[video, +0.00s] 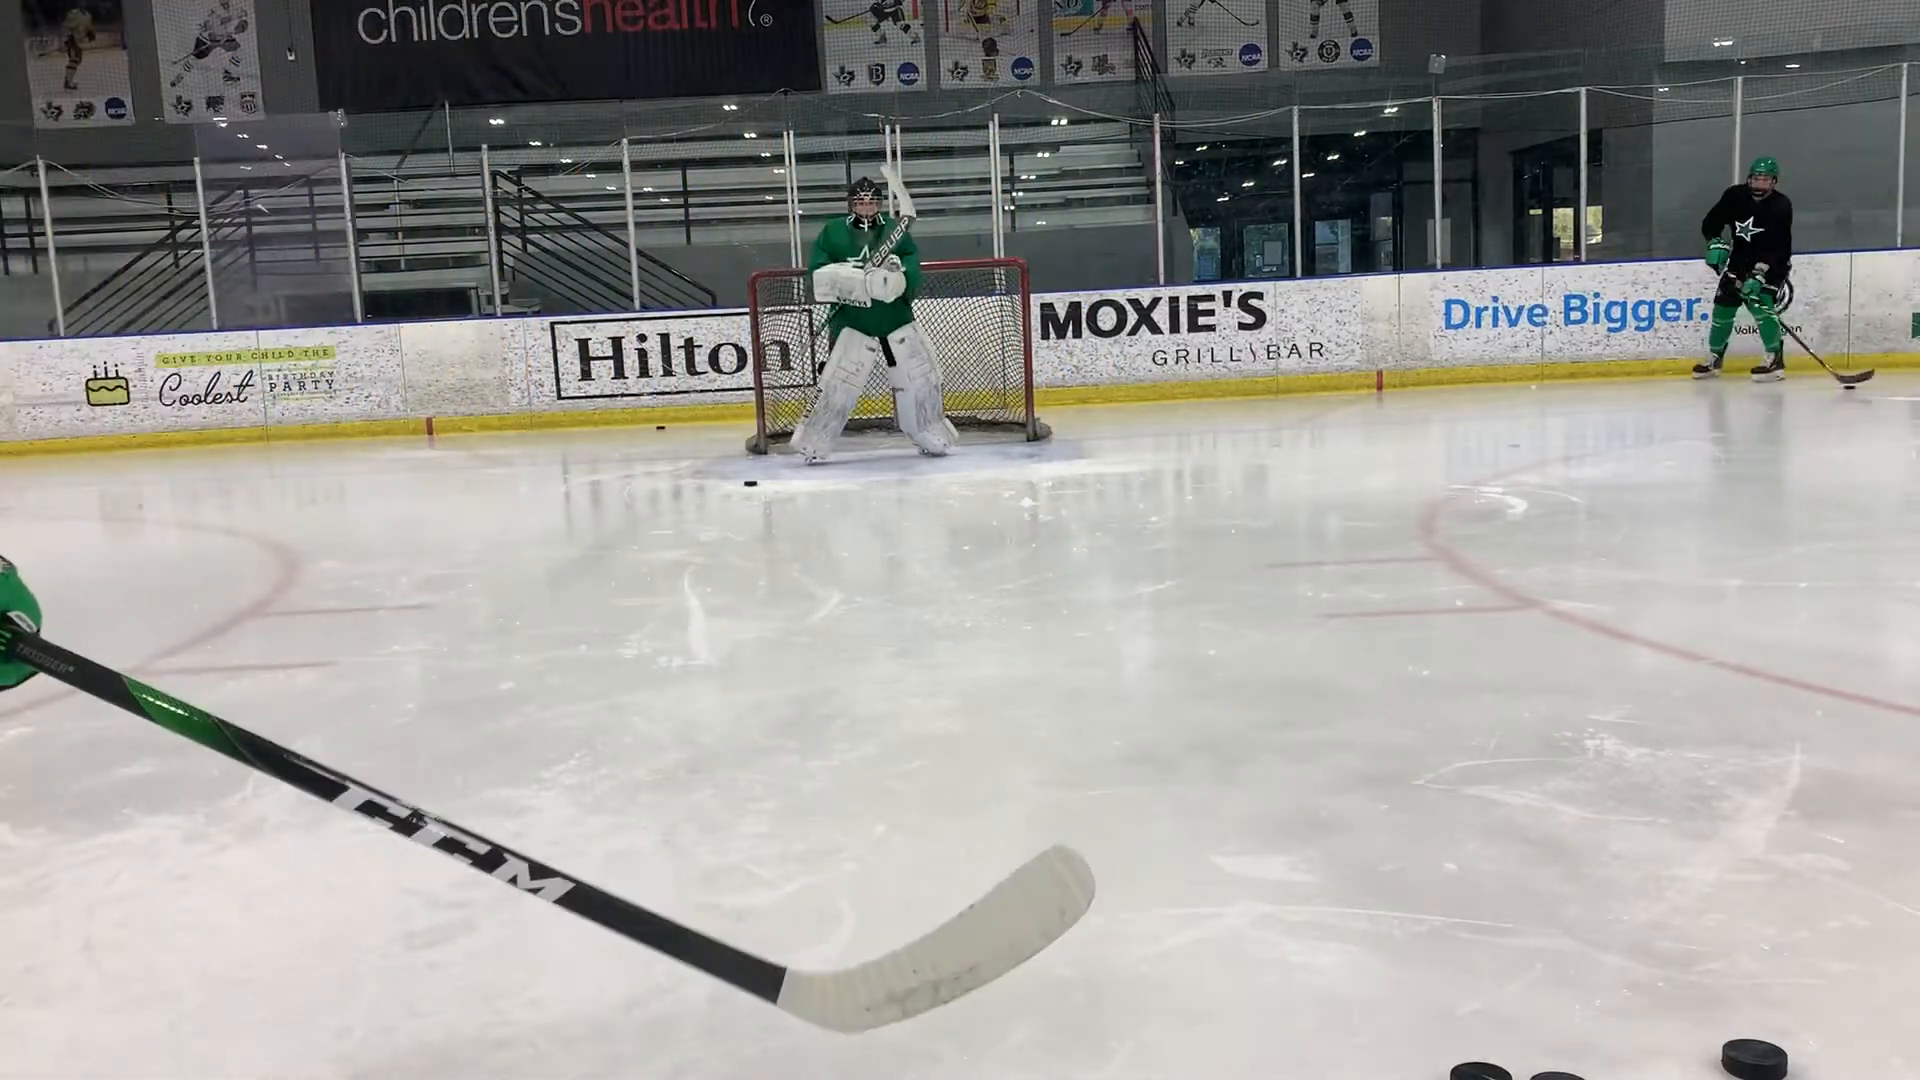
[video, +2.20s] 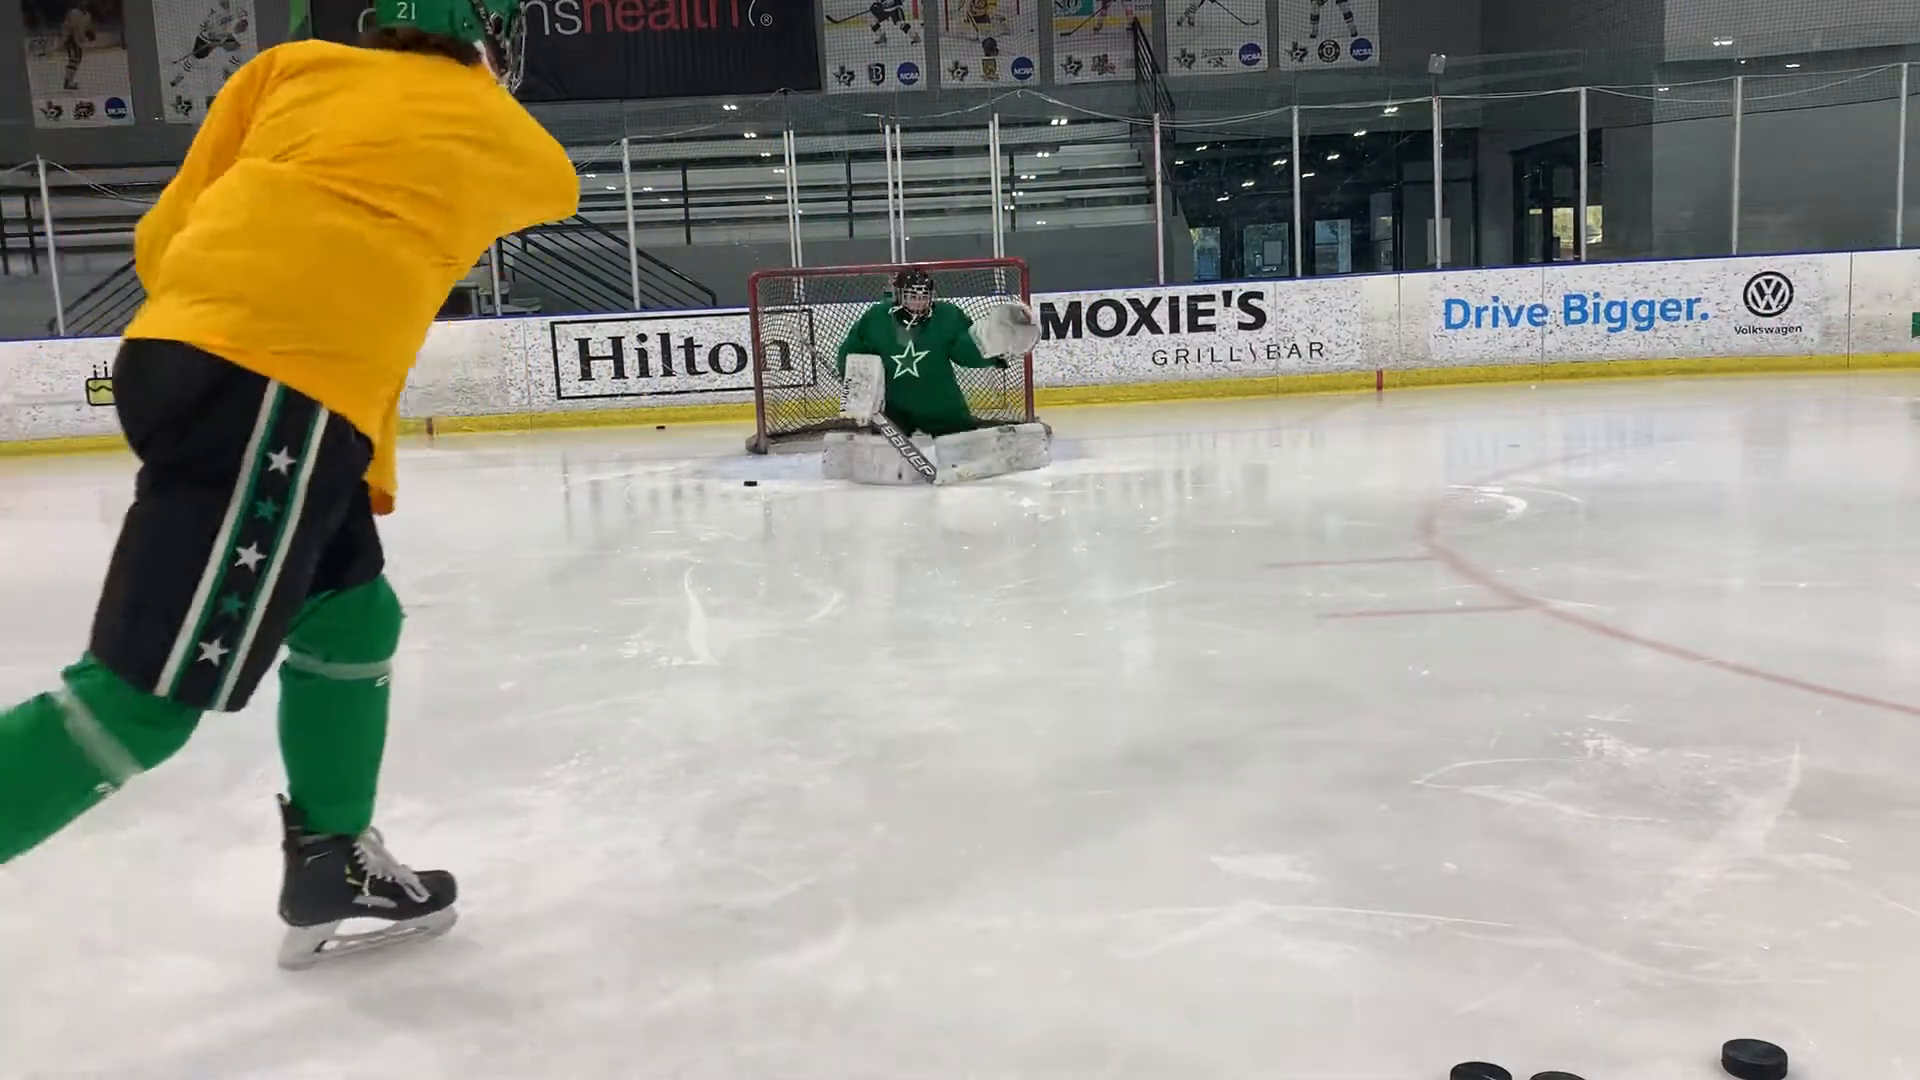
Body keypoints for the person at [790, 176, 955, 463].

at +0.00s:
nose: (865, 205)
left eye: (870, 200)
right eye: (860, 200)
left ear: (879, 202)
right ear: (851, 203)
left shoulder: (895, 230)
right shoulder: (833, 231)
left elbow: (913, 269)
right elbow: (816, 276)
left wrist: (892, 279)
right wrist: (850, 281)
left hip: (896, 319)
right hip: (854, 320)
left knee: (919, 377)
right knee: (840, 384)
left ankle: (931, 438)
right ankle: (816, 445)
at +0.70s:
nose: (884, 204)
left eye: (890, 199)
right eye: (879, 199)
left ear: (900, 201)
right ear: (869, 202)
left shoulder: (918, 230)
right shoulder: (850, 232)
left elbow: (941, 268)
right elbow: (826, 276)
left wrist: (932, 274)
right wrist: (843, 303)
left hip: (915, 322)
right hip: (868, 326)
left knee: (946, 385)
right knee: (846, 393)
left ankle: (976, 448)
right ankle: (820, 458)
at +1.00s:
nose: (894, 234)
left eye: (899, 227)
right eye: (888, 228)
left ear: (908, 228)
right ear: (879, 229)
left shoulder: (927, 254)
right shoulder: (858, 260)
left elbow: (950, 302)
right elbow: (838, 301)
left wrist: (953, 276)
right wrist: (840, 338)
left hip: (924, 341)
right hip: (879, 346)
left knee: (956, 398)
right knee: (865, 408)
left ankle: (994, 455)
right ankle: (825, 461)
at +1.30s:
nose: (906, 266)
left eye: (912, 260)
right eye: (900, 261)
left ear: (921, 262)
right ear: (889, 262)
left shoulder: (939, 285)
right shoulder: (867, 291)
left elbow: (963, 336)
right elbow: (848, 333)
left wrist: (965, 312)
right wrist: (847, 372)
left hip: (938, 367)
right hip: (890, 372)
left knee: (978, 408)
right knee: (867, 421)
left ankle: (1022, 451)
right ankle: (822, 463)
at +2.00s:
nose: (916, 292)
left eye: (921, 286)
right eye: (909, 286)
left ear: (931, 285)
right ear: (898, 286)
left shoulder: (950, 307)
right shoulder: (877, 311)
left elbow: (977, 359)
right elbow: (850, 349)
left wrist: (973, 349)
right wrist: (849, 388)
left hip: (946, 389)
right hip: (895, 399)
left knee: (981, 415)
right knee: (870, 434)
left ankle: (1019, 448)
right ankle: (827, 464)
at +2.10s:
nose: (915, 297)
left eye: (921, 290)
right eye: (909, 290)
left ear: (930, 288)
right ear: (897, 288)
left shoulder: (948, 308)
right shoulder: (874, 312)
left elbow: (977, 357)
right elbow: (847, 348)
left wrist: (985, 331)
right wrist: (862, 370)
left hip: (945, 401)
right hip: (896, 405)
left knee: (984, 430)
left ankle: (1024, 445)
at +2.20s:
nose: (918, 302)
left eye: (923, 296)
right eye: (912, 296)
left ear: (931, 296)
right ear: (899, 295)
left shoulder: (947, 317)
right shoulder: (876, 319)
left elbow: (967, 352)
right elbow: (847, 355)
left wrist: (998, 346)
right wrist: (859, 386)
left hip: (945, 412)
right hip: (896, 414)